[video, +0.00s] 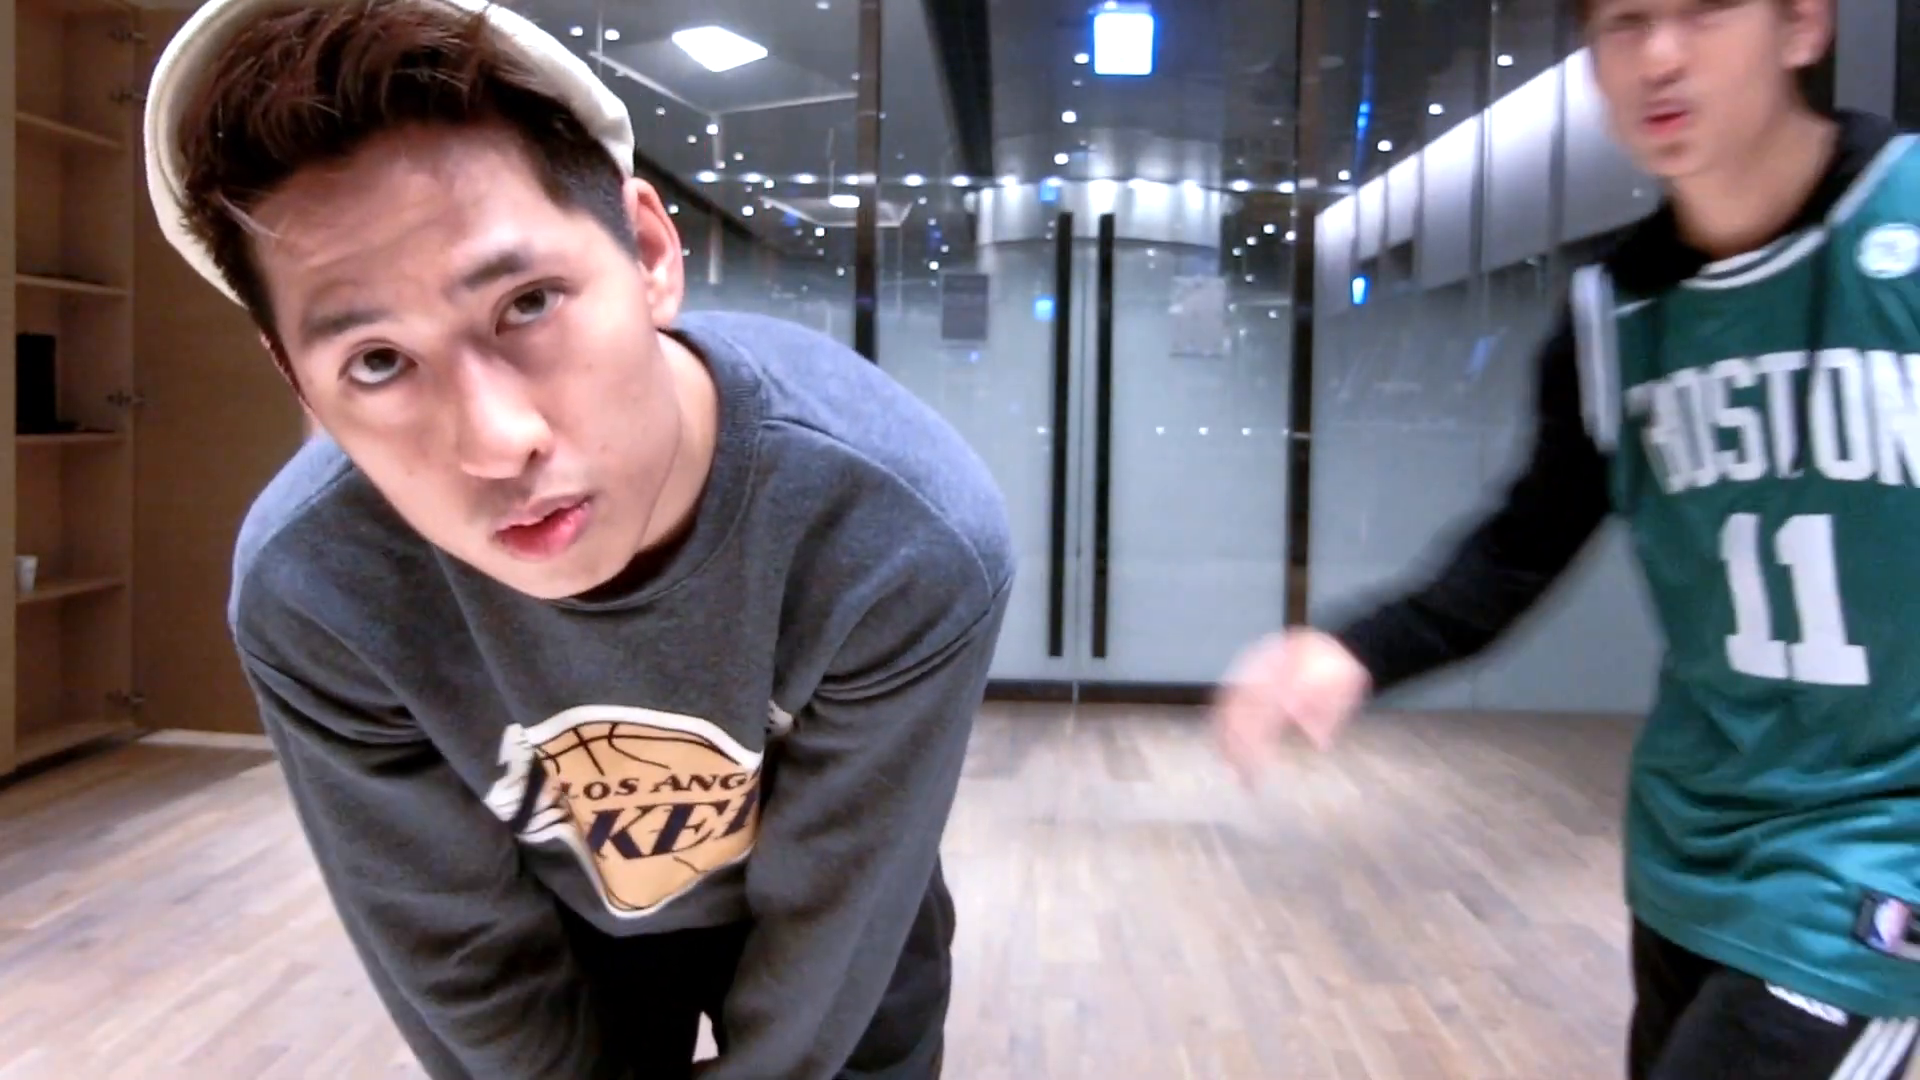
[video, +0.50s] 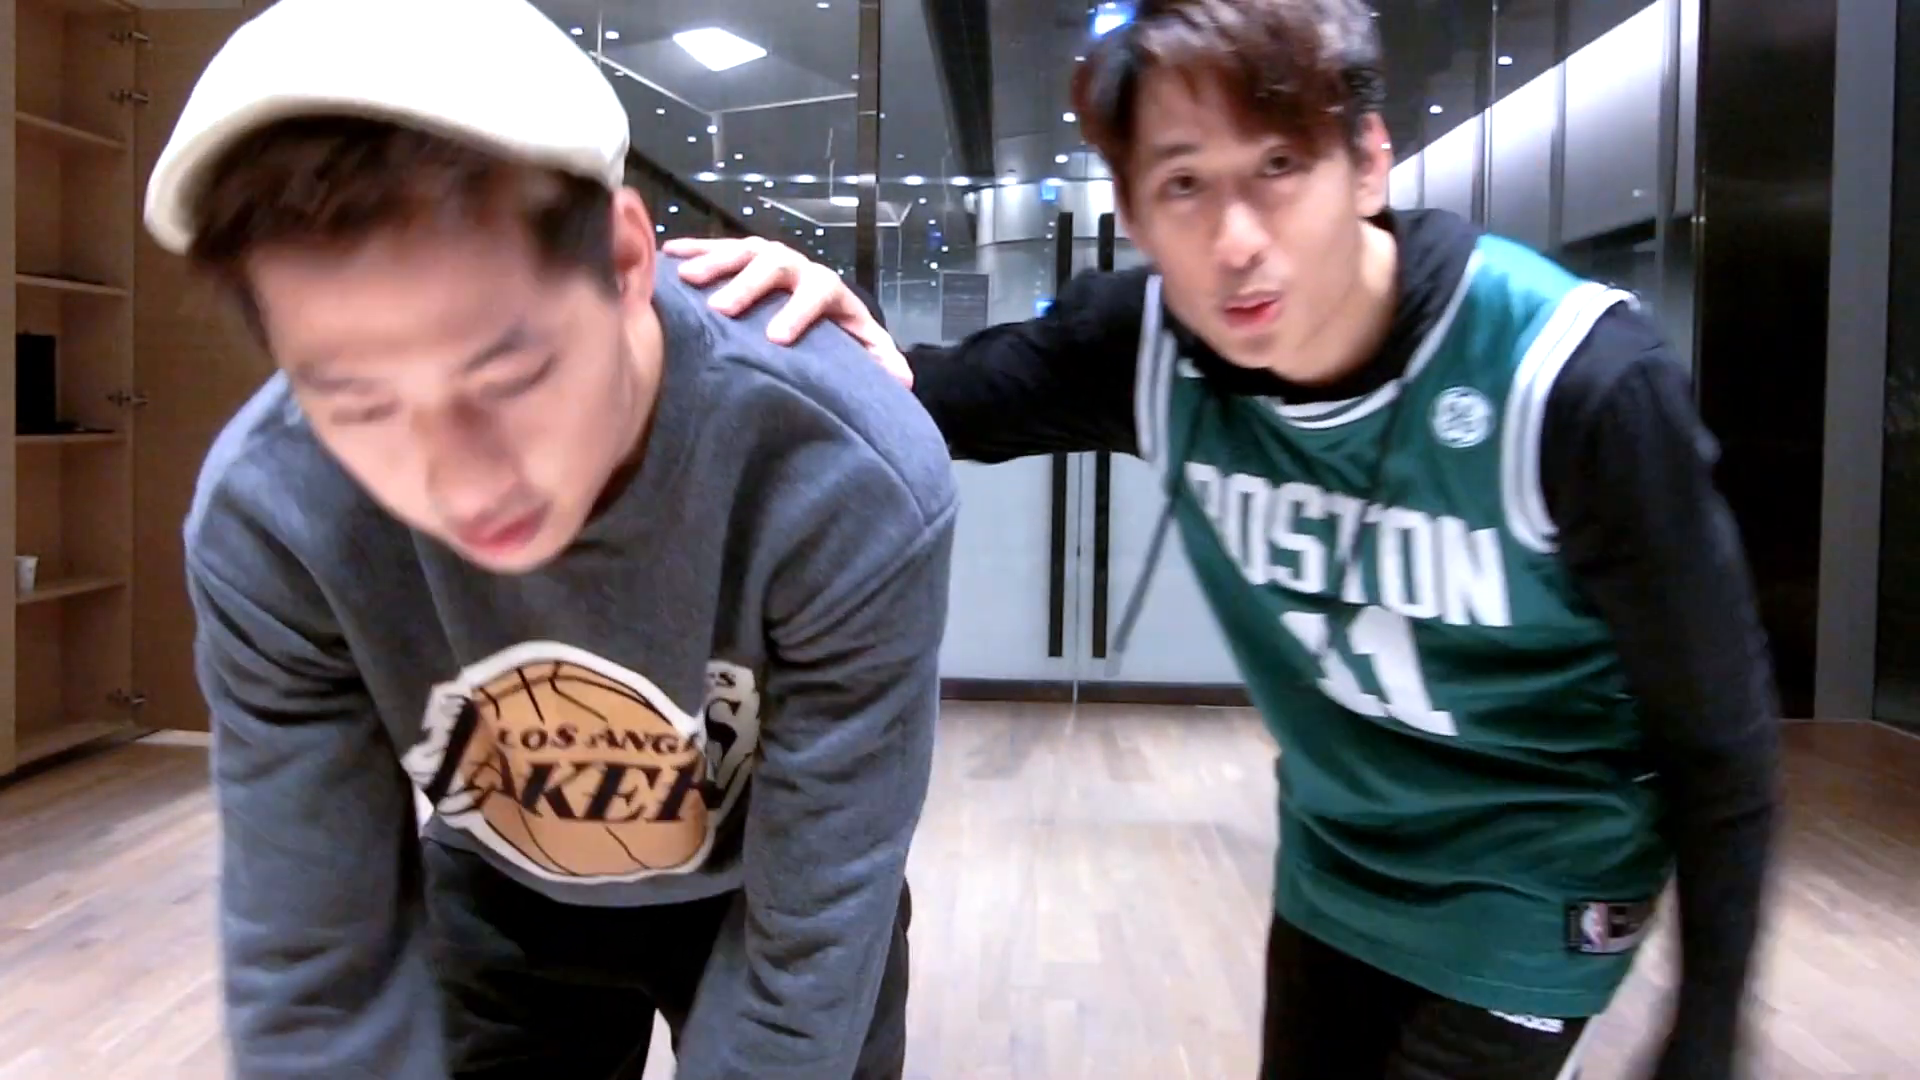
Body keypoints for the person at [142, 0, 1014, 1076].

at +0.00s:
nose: (495, 443)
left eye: (527, 304)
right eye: (379, 364)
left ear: (652, 256)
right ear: (303, 389)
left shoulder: (906, 541)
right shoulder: (309, 592)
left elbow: (817, 966)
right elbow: (482, 998)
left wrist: (770, 1061)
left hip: (836, 918)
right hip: (562, 944)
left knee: (861, 1060)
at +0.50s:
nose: (460, 484)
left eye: (509, 377)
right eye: (362, 411)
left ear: (629, 261)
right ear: (289, 373)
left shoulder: (852, 485)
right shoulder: (267, 521)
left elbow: (801, 978)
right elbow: (315, 998)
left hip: (771, 903)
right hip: (507, 896)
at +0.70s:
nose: (710, 298)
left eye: (691, 198)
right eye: (616, 283)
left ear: (680, 126)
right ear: (422, 337)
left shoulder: (817, 425)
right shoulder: (249, 431)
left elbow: (719, 924)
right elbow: (234, 913)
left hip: (772, 872)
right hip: (496, 870)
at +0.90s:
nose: (729, 253)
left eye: (713, 162)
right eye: (648, 237)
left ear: (711, 114)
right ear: (443, 302)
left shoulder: (815, 397)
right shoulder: (235, 409)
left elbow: (698, 888)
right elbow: (319, 833)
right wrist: (361, 1060)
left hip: (759, 866)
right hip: (485, 873)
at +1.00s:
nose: (731, 249)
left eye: (710, 157)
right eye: (648, 236)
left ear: (707, 108)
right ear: (442, 301)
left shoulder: (810, 390)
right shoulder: (228, 406)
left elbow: (723, 868)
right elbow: (358, 785)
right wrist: (455, 981)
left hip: (757, 867)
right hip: (488, 880)